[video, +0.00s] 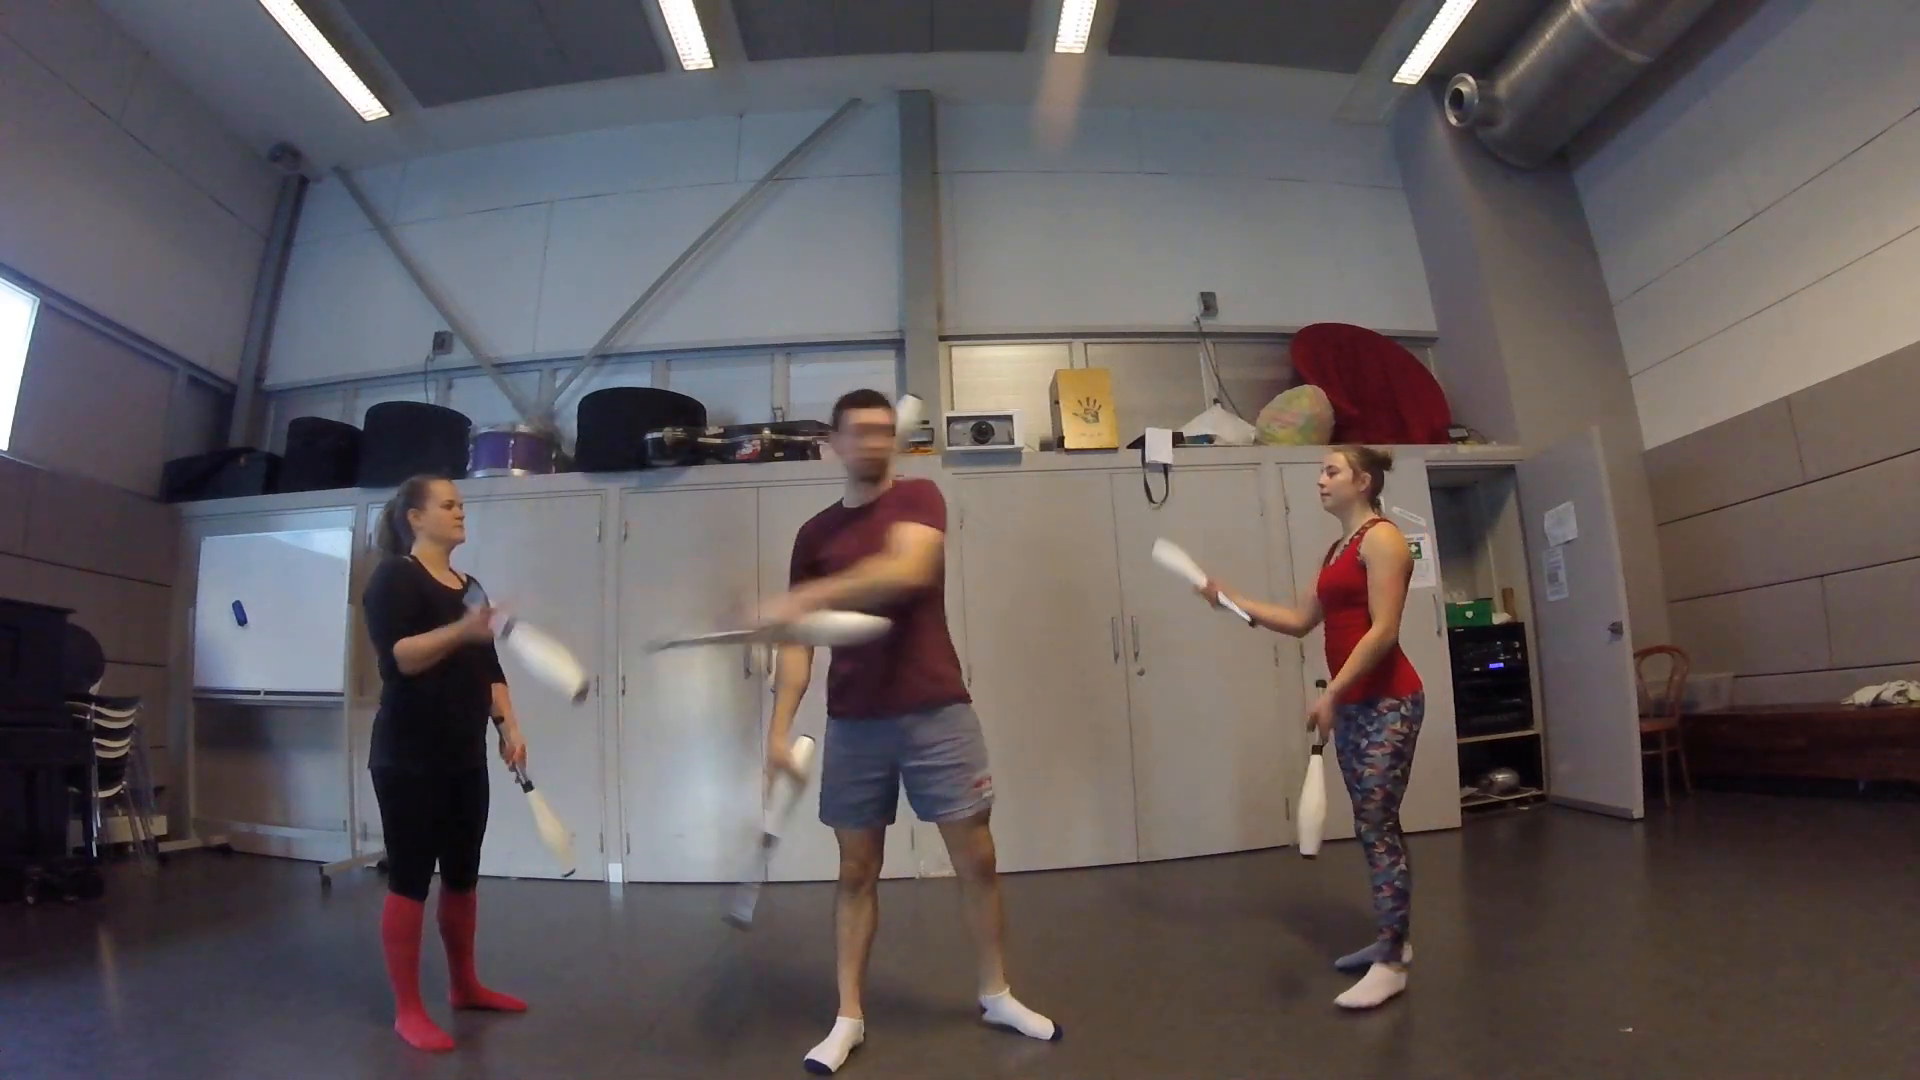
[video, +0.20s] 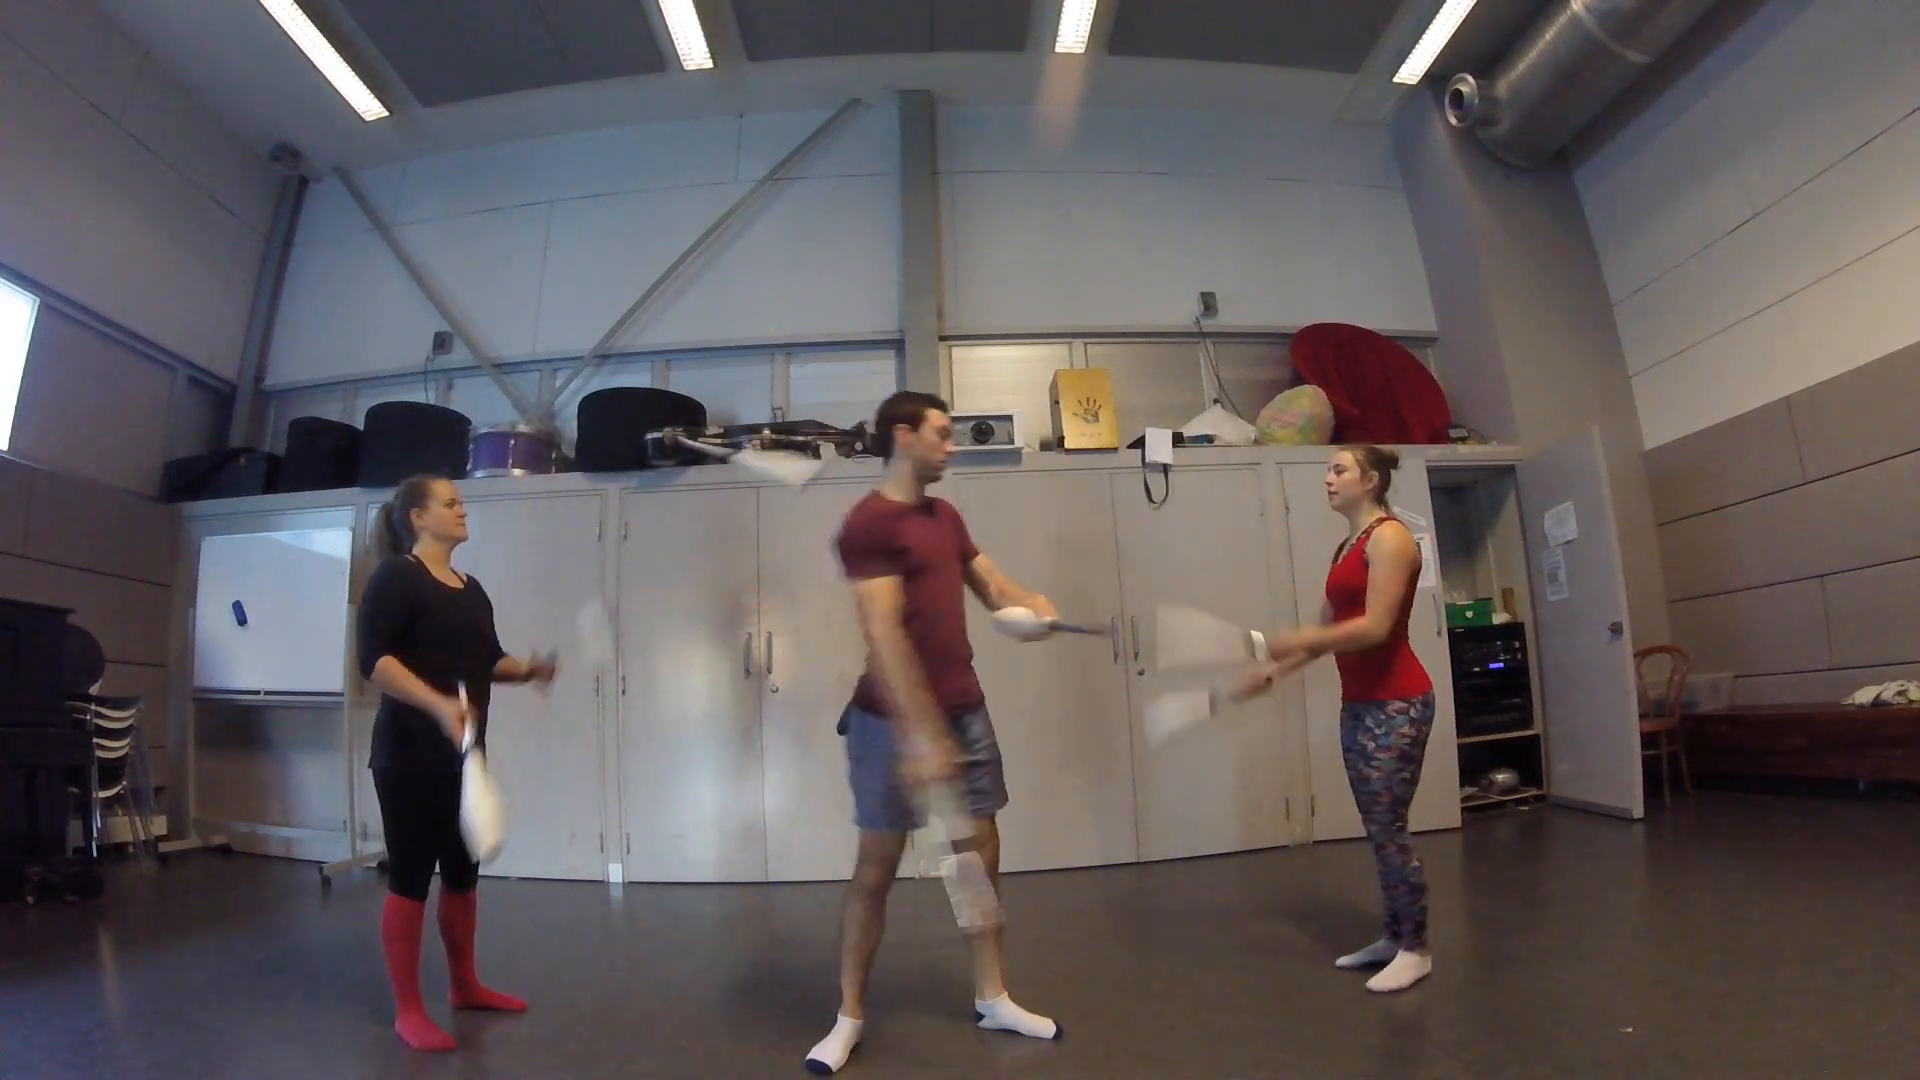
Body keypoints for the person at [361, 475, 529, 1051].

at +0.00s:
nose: (461, 514)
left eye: (461, 505)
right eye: (449, 506)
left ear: (455, 519)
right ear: (415, 517)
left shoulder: (467, 589)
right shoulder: (392, 578)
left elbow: (489, 666)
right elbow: (400, 656)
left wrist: (510, 724)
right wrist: (464, 630)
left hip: (464, 753)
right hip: (407, 755)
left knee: (461, 874)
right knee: (410, 879)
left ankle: (465, 988)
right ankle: (408, 1011)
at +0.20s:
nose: (462, 512)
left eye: (461, 504)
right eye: (450, 504)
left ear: (450, 519)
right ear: (416, 518)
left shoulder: (470, 588)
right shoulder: (395, 577)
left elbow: (487, 662)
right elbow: (375, 662)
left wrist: (528, 670)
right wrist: (441, 704)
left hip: (461, 750)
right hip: (408, 752)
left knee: (462, 868)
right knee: (409, 875)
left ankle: (465, 988)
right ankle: (409, 1011)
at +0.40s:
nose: (464, 516)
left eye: (462, 507)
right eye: (452, 508)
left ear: (440, 521)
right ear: (418, 520)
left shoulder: (464, 591)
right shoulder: (399, 581)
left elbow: (499, 664)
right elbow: (398, 666)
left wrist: (568, 643)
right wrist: (462, 720)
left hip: (461, 752)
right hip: (414, 754)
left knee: (464, 871)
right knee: (416, 876)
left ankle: (466, 988)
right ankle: (409, 1012)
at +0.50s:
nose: (462, 515)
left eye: (460, 507)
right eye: (450, 508)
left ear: (447, 523)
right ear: (417, 522)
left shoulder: (462, 591)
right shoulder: (403, 582)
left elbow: (511, 655)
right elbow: (412, 662)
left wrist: (584, 652)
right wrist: (492, 689)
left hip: (467, 755)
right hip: (418, 757)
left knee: (464, 873)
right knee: (420, 877)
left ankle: (466, 988)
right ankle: (409, 1011)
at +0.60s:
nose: (461, 515)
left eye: (460, 506)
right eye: (449, 508)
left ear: (455, 522)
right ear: (417, 522)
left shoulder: (470, 594)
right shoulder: (405, 581)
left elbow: (509, 661)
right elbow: (424, 647)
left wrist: (571, 699)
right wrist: (511, 631)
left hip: (468, 755)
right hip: (419, 757)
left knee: (464, 875)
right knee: (422, 878)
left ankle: (465, 987)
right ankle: (409, 1010)